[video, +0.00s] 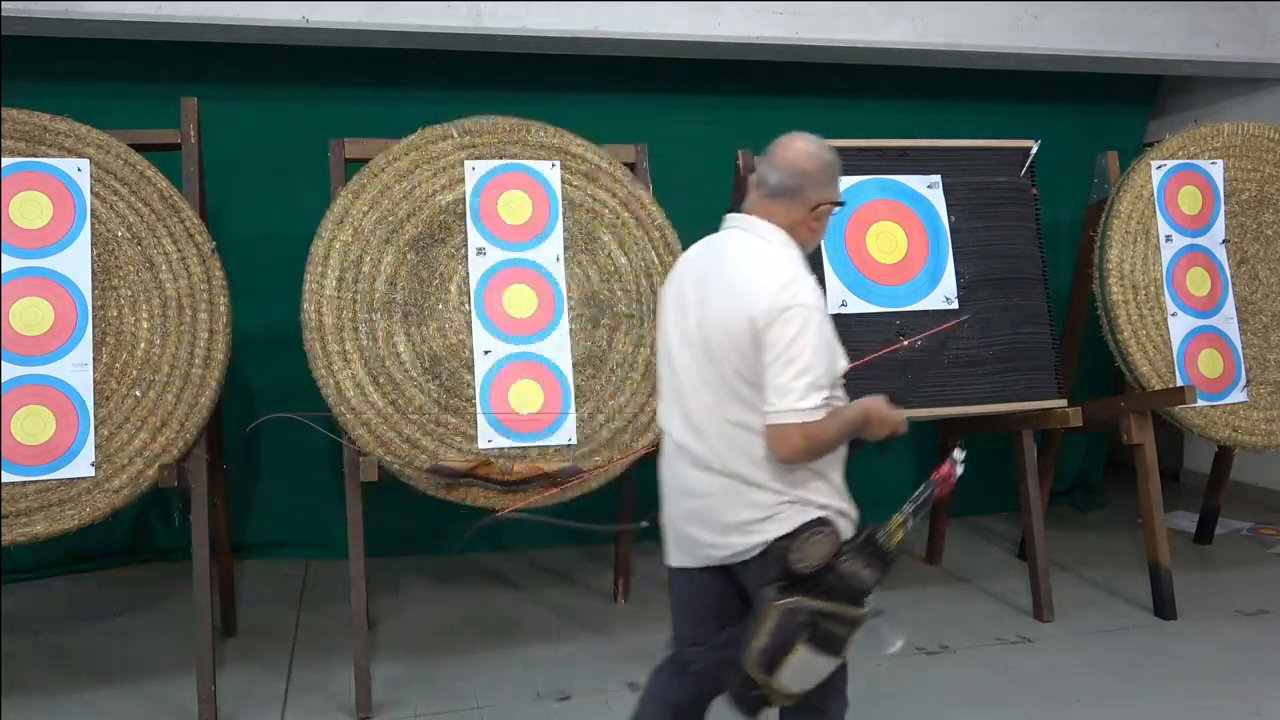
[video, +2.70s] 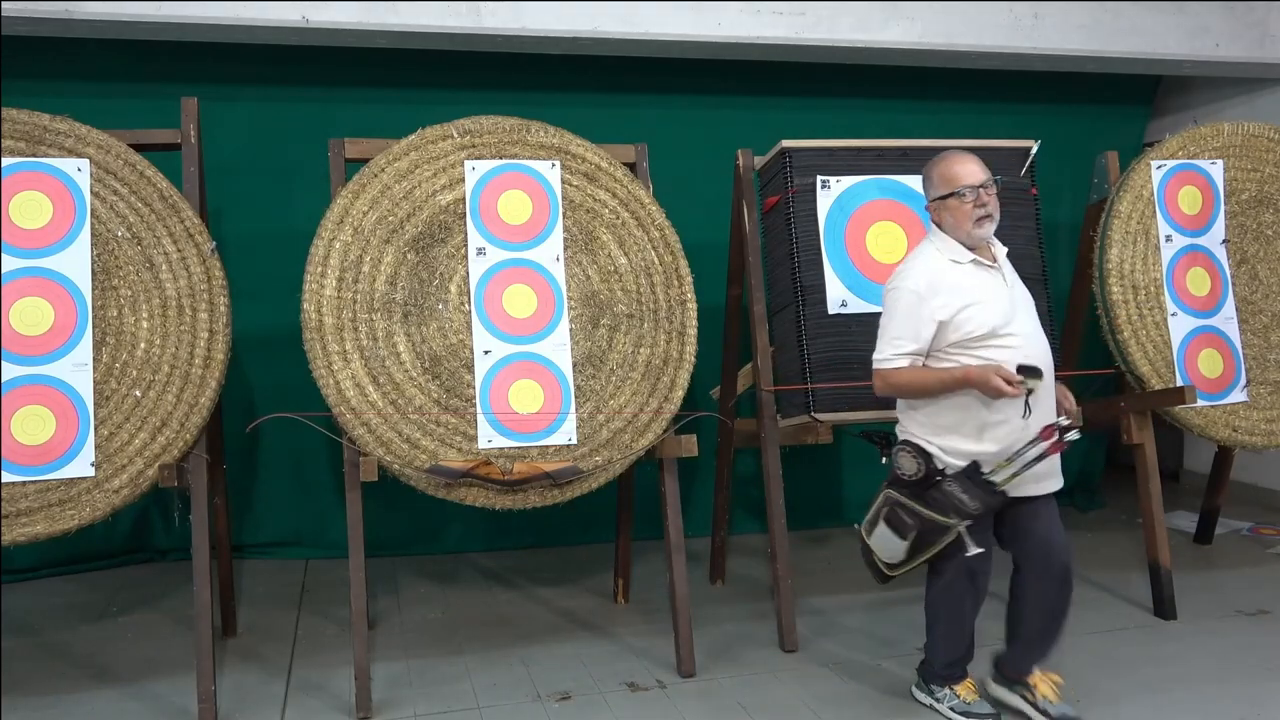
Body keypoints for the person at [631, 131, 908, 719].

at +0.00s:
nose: (827, 221)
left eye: (829, 208)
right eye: (829, 209)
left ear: (753, 186)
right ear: (816, 210)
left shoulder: (690, 264)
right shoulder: (789, 289)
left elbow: (690, 396)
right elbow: (791, 442)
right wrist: (860, 416)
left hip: (693, 525)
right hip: (780, 536)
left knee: (689, 673)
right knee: (815, 694)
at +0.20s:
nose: (880, 212)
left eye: (881, 201)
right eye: (881, 200)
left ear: (804, 182)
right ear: (872, 200)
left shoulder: (740, 257)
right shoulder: (855, 280)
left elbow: (723, 388)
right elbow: (873, 425)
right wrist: (920, 394)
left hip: (753, 494)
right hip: (833, 502)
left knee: (782, 625)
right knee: (834, 665)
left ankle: (764, 710)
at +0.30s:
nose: (898, 211)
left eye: (898, 201)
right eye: (899, 199)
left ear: (824, 186)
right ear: (893, 201)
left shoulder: (760, 263)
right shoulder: (884, 280)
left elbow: (744, 387)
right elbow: (905, 420)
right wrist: (943, 392)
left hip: (778, 497)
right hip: (858, 501)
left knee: (819, 647)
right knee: (847, 664)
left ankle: (828, 708)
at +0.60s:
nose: (937, 215)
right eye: (939, 206)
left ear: (871, 201)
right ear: (934, 207)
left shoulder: (820, 277)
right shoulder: (943, 278)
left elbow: (806, 380)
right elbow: (973, 401)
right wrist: (1005, 379)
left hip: (851, 482)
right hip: (928, 478)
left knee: (898, 620)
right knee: (905, 628)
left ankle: (933, 711)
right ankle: (865, 716)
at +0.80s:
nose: (974, 210)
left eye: (974, 202)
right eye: (975, 202)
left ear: (910, 191)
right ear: (967, 202)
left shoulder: (866, 262)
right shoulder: (966, 265)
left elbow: (850, 363)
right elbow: (985, 380)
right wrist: (1025, 371)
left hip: (874, 471)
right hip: (955, 465)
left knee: (901, 604)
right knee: (973, 604)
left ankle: (915, 709)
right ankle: (943, 708)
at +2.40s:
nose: (1018, 205)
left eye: (1016, 195)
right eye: (1006, 197)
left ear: (969, 205)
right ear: (967, 206)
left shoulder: (953, 245)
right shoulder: (952, 261)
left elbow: (902, 313)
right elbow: (911, 359)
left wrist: (981, 349)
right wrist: (991, 375)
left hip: (971, 438)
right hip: (967, 447)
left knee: (968, 545)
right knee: (972, 562)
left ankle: (935, 630)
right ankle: (942, 676)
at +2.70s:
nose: (983, 201)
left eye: (988, 189)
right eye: (966, 195)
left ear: (995, 193)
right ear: (936, 208)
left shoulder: (996, 257)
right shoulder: (916, 276)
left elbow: (1001, 340)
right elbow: (886, 378)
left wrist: (1049, 386)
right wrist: (968, 377)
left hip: (1020, 449)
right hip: (953, 459)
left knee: (1049, 557)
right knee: (961, 568)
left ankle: (1019, 669)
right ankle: (942, 676)